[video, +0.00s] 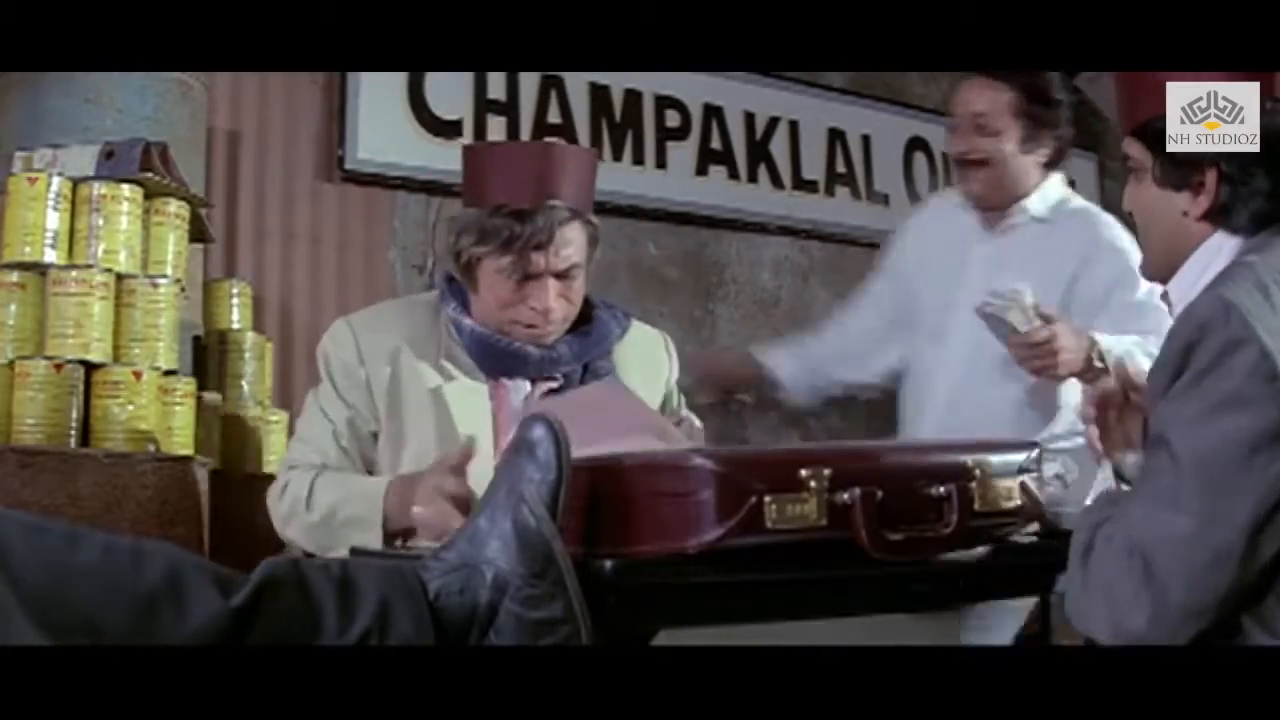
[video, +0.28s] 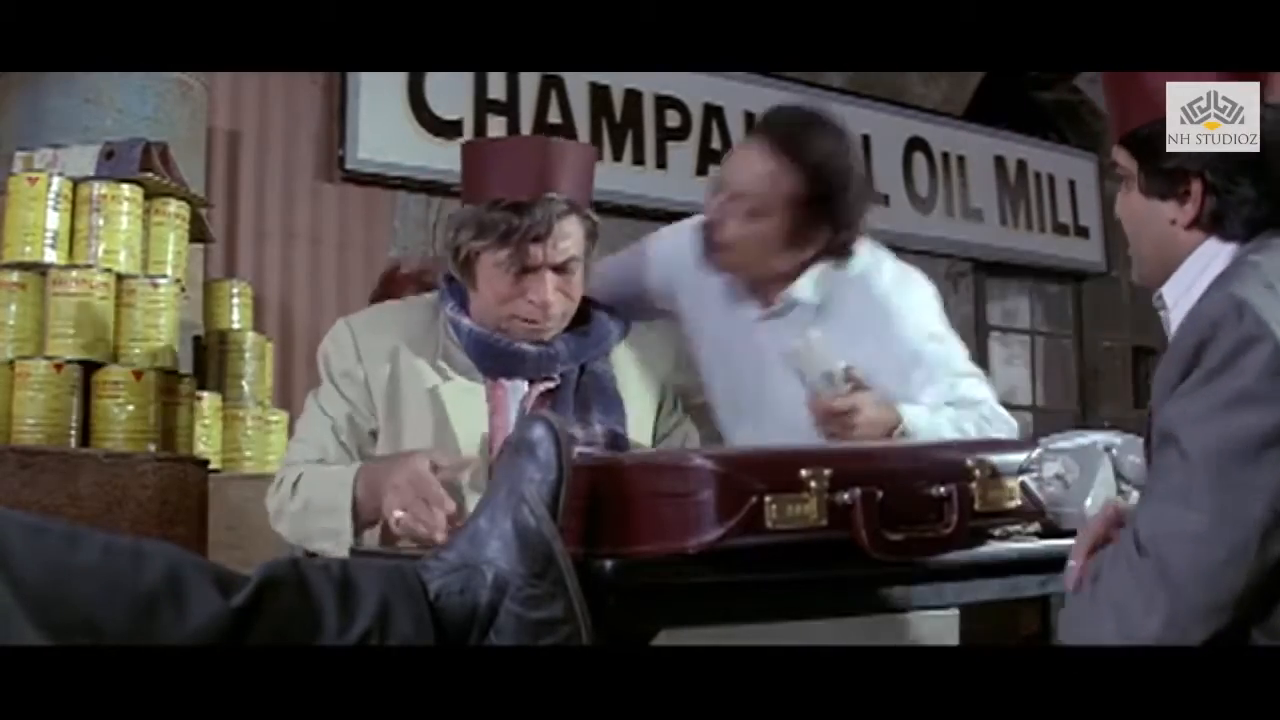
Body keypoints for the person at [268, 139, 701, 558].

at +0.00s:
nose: (545, 300)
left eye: (566, 274)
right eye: (520, 275)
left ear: (588, 267)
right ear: (465, 264)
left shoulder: (644, 354)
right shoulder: (368, 351)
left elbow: (696, 460)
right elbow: (296, 496)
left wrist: (673, 450)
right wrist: (400, 502)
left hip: (601, 618)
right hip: (429, 626)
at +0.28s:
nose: (545, 295)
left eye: (564, 269)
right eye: (519, 269)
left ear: (587, 268)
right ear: (464, 262)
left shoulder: (635, 363)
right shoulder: (368, 349)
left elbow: (698, 483)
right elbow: (292, 497)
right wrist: (372, 487)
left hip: (586, 619)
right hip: (416, 623)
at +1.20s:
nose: (471, 237)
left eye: (470, 213)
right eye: (439, 222)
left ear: (478, 209)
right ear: (366, 251)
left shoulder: (532, 301)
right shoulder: (297, 382)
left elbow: (655, 424)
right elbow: (289, 541)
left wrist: (607, 420)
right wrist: (394, 506)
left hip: (561, 597)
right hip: (407, 623)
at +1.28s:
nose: (481, 217)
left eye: (467, 198)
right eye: (447, 207)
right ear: (379, 257)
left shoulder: (532, 302)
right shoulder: (294, 387)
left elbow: (637, 429)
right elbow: (290, 550)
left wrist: (587, 455)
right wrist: (394, 509)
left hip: (561, 603)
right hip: (407, 627)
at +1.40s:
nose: (479, 209)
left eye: (464, 192)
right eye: (448, 197)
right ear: (386, 247)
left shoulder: (527, 303)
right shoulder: (287, 388)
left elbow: (616, 417)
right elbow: (283, 553)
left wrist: (600, 453)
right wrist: (391, 510)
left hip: (554, 601)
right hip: (407, 626)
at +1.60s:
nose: (485, 208)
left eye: (471, 192)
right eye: (456, 196)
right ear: (396, 243)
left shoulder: (526, 315)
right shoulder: (292, 382)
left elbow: (610, 411)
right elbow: (282, 545)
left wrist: (615, 440)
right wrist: (394, 504)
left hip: (553, 605)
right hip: (407, 624)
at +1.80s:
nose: (490, 209)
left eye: (476, 192)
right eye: (459, 199)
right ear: (399, 247)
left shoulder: (531, 312)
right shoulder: (289, 387)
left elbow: (603, 416)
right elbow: (282, 546)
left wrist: (620, 450)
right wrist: (391, 509)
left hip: (550, 609)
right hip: (402, 628)